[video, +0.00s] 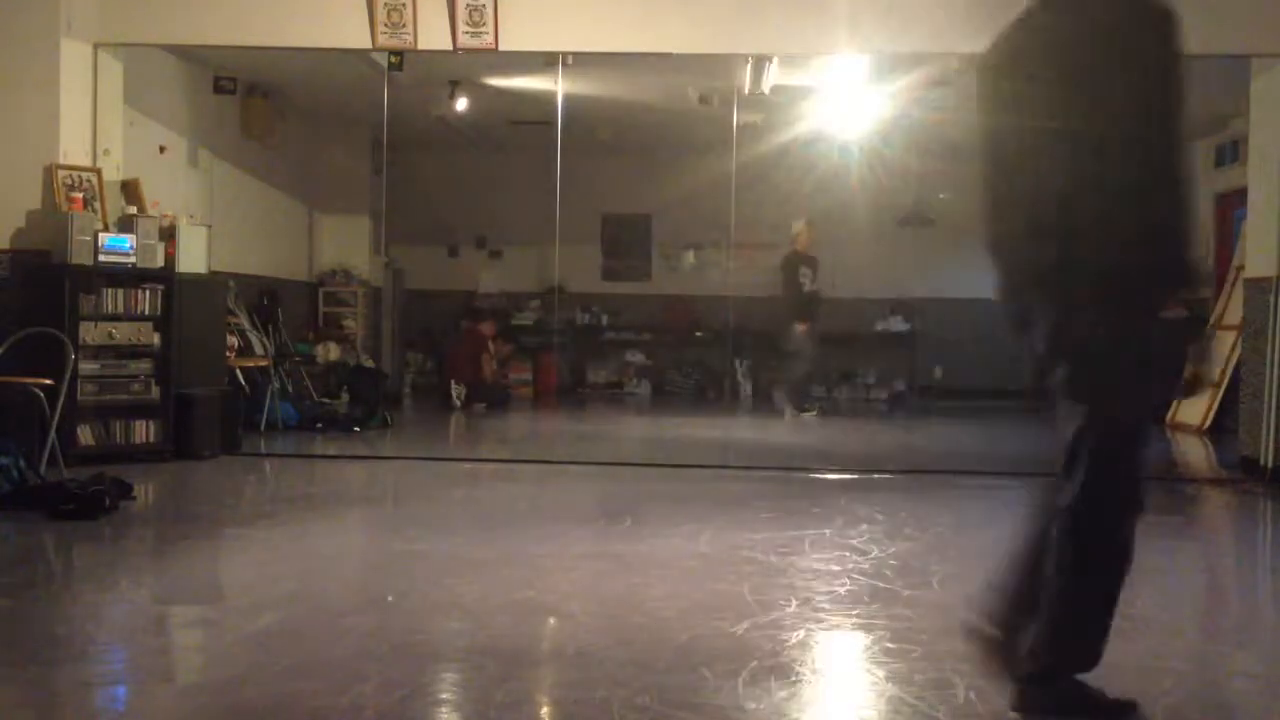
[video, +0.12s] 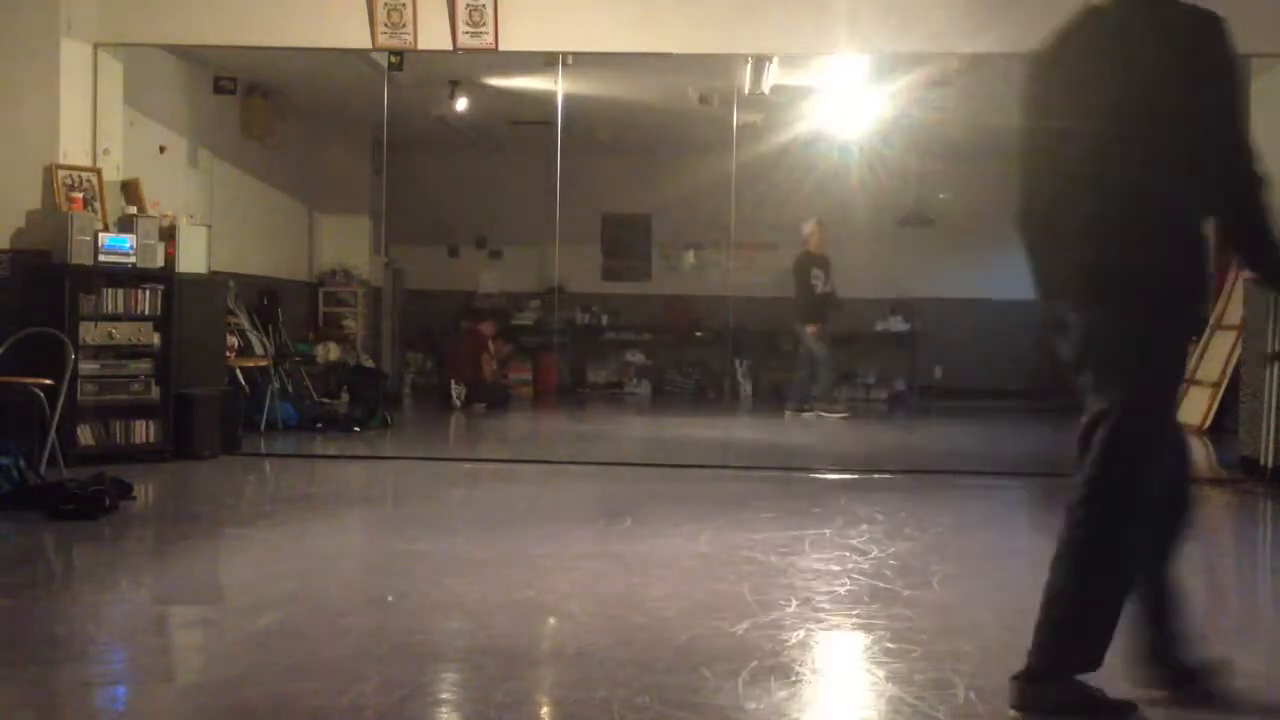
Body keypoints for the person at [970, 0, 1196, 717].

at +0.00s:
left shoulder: (1015, 43)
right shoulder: (1138, 21)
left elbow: (1013, 190)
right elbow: (1145, 166)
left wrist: (1029, 299)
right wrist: (1171, 283)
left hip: (1056, 293)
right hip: (1115, 297)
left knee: (1096, 461)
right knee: (1108, 479)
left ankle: (1014, 618)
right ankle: (1051, 673)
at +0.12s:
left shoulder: (1061, 46)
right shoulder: (1193, 31)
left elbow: (1039, 195)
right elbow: (1225, 168)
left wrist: (1061, 296)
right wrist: (1260, 253)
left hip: (1074, 292)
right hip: (1157, 286)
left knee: (1156, 472)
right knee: (1119, 477)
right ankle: (1052, 674)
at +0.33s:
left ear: (1177, 5)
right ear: (1236, 0)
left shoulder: (1133, 75)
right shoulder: (1259, 59)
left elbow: (1121, 219)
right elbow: (1253, 206)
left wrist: (1124, 340)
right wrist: (1257, 313)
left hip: (1154, 318)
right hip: (1228, 317)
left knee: (1241, 493)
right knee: (1181, 491)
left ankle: (1279, 636)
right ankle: (1071, 649)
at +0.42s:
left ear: (1206, 9)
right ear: (1259, 4)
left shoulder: (1166, 79)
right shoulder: (1265, 62)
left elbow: (1155, 224)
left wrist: (1163, 342)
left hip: (1201, 324)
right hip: (1257, 324)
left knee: (1256, 495)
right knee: (1251, 492)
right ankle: (1117, 628)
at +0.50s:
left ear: (1235, 9)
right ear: (1271, 10)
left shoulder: (1192, 73)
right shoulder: (1259, 65)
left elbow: (1180, 217)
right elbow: (1186, 220)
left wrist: (1193, 330)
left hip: (1223, 310)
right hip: (1264, 310)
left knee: (1260, 473)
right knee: (1277, 481)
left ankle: (1278, 637)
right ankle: (1189, 597)